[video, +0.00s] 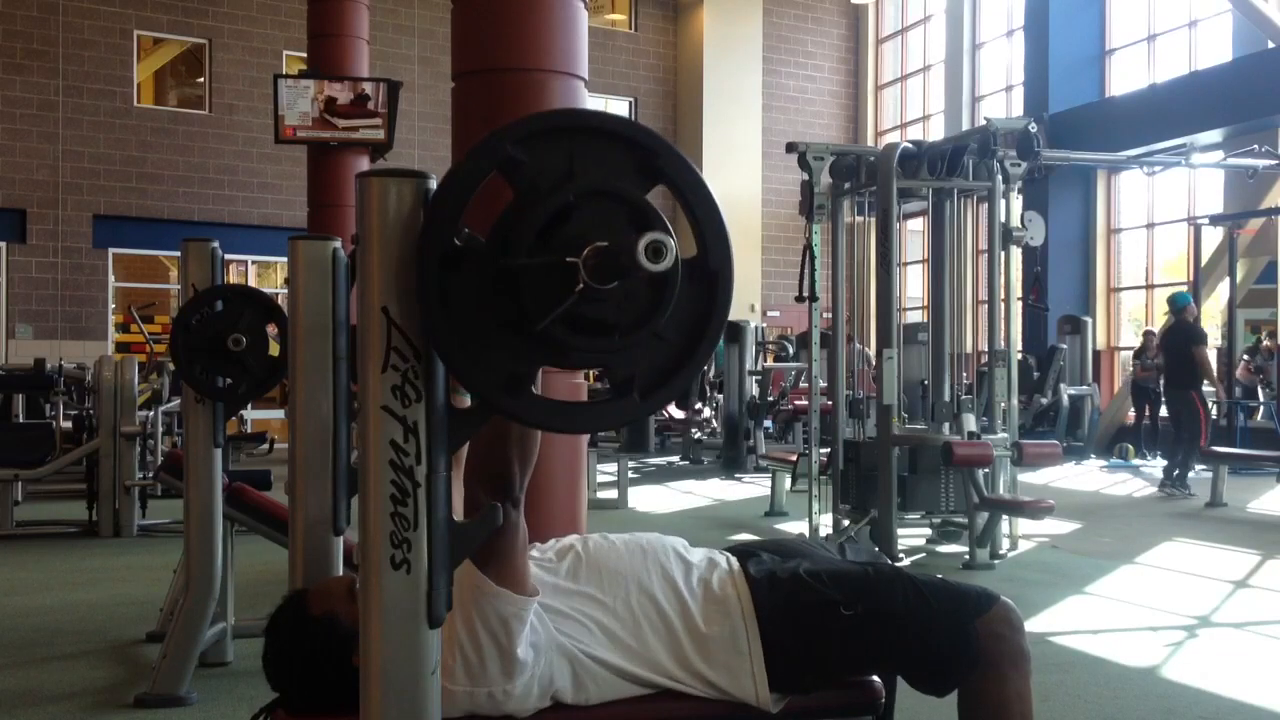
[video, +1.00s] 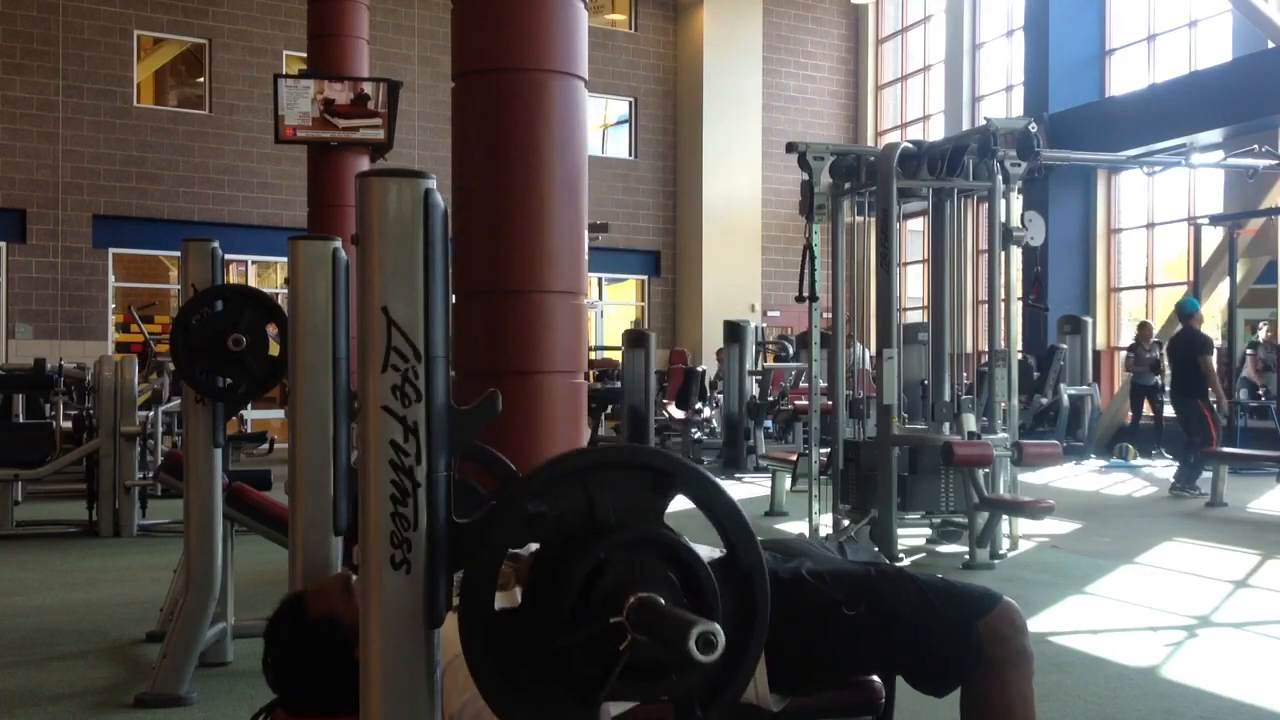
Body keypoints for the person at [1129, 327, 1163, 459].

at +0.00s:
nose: (1150, 341)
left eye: (1152, 339)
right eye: (1147, 339)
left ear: (1156, 340)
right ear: (1143, 340)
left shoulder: (1160, 353)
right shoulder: (1138, 353)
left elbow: (1163, 369)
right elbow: (1137, 374)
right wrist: (1153, 373)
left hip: (1155, 386)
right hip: (1139, 385)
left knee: (1154, 418)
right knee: (1140, 417)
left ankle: (1155, 449)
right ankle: (1140, 449)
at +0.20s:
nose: (1147, 337)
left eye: (1150, 333)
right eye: (1145, 334)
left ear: (1155, 334)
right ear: (1142, 335)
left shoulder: (1163, 349)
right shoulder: (1137, 350)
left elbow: (1166, 366)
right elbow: (1133, 369)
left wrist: (1158, 372)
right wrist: (1148, 372)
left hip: (1157, 384)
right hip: (1141, 384)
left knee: (1155, 418)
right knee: (1142, 417)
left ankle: (1156, 450)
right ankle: (1141, 449)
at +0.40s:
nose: (1147, 336)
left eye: (1150, 333)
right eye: (1145, 333)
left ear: (1156, 333)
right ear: (1143, 334)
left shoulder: (1163, 348)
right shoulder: (1138, 348)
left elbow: (1169, 368)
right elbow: (1131, 367)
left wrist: (1160, 373)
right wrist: (1141, 371)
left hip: (1159, 382)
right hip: (1143, 381)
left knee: (1156, 417)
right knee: (1144, 416)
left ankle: (1156, 448)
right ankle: (1141, 447)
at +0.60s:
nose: (1148, 333)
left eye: (1150, 329)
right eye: (1145, 330)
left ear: (1154, 330)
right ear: (1142, 331)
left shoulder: (1162, 345)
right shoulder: (1136, 347)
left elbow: (1170, 365)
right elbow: (1131, 366)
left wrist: (1161, 373)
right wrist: (1132, 372)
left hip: (1158, 381)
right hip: (1142, 382)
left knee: (1156, 417)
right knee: (1142, 415)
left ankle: (1157, 448)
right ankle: (1137, 446)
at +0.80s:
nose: (1148, 333)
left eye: (1150, 330)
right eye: (1145, 330)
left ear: (1152, 331)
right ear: (1140, 331)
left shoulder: (1159, 346)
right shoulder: (1132, 347)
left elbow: (1165, 366)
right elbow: (1125, 367)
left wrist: (1159, 369)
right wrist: (1138, 369)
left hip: (1155, 382)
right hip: (1140, 383)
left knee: (1155, 417)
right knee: (1138, 416)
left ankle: (1155, 448)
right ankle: (1131, 446)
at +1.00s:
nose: (1150, 333)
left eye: (1151, 330)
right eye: (1147, 330)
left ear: (1154, 331)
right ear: (1140, 332)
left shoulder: (1157, 346)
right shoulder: (1134, 347)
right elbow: (1128, 367)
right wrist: (1147, 368)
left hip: (1154, 384)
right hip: (1138, 384)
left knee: (1159, 415)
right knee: (1136, 417)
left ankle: (1157, 446)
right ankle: (1132, 446)